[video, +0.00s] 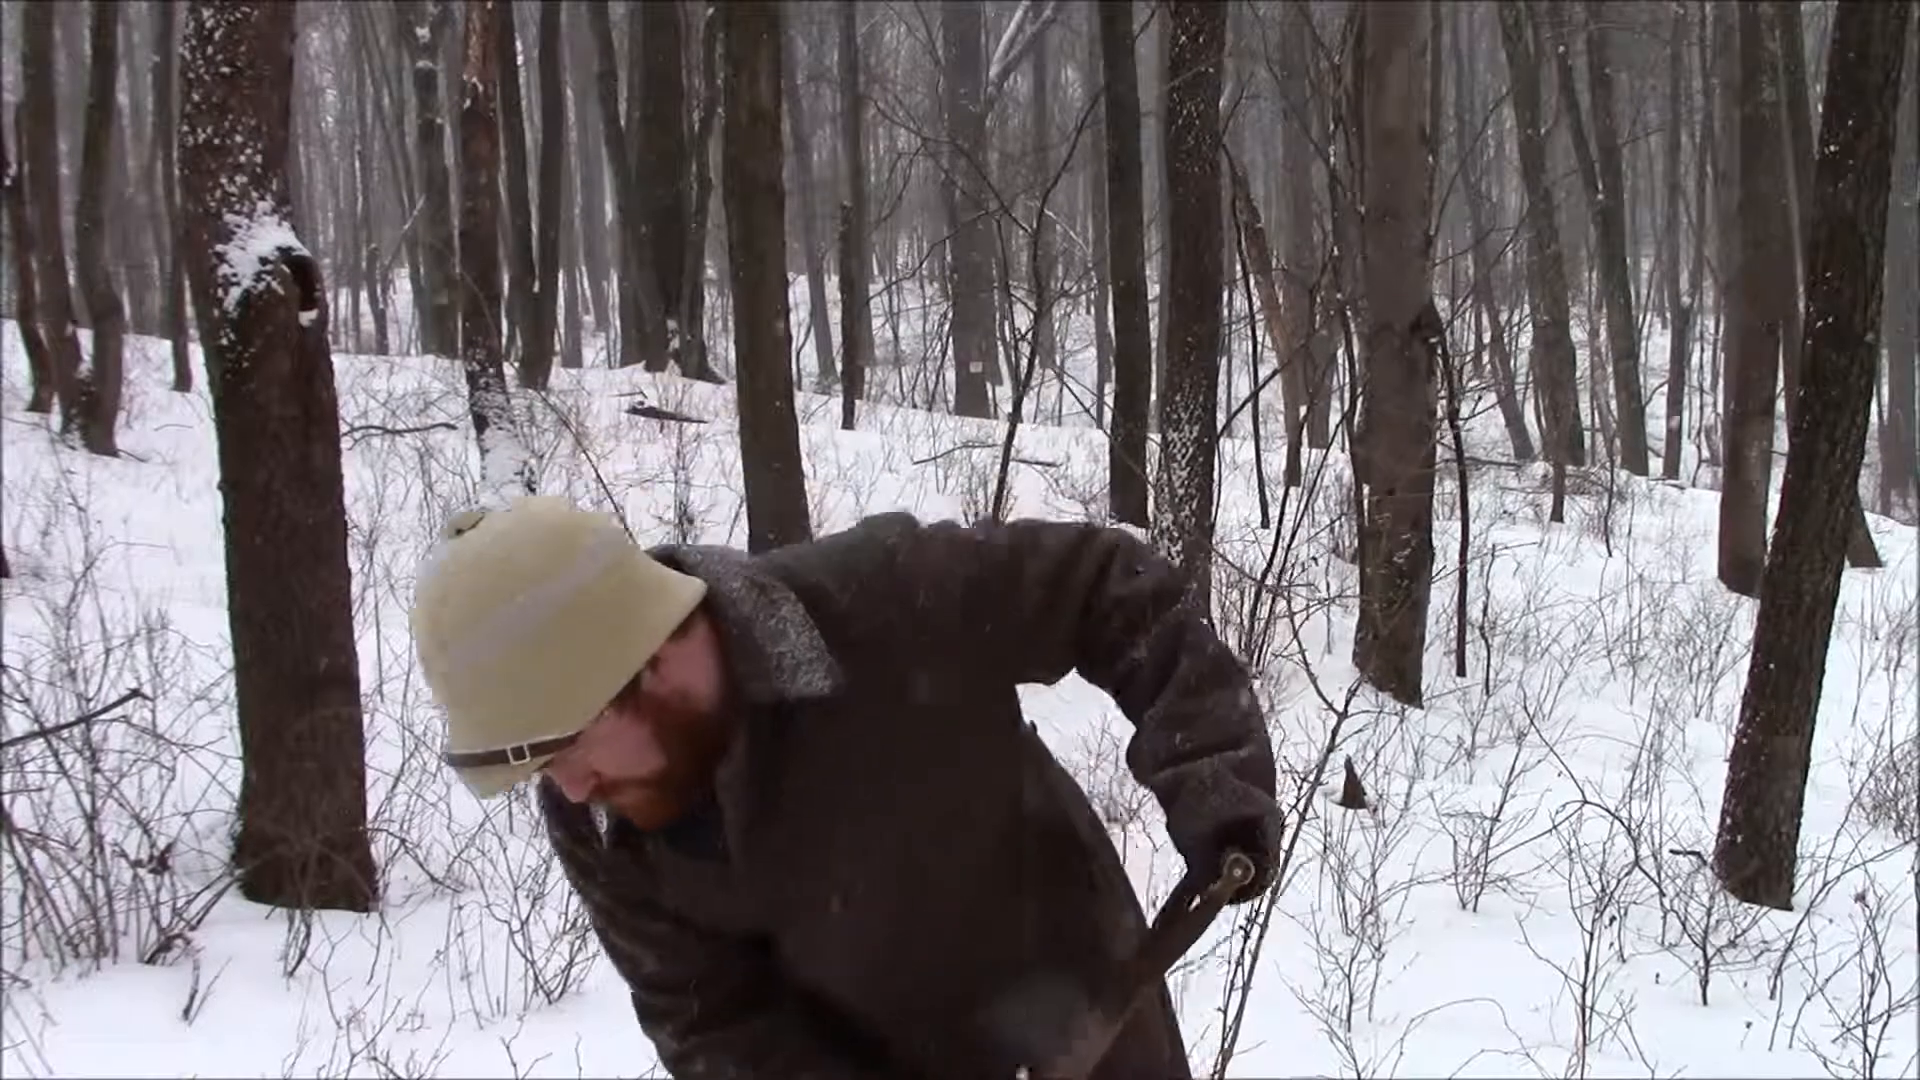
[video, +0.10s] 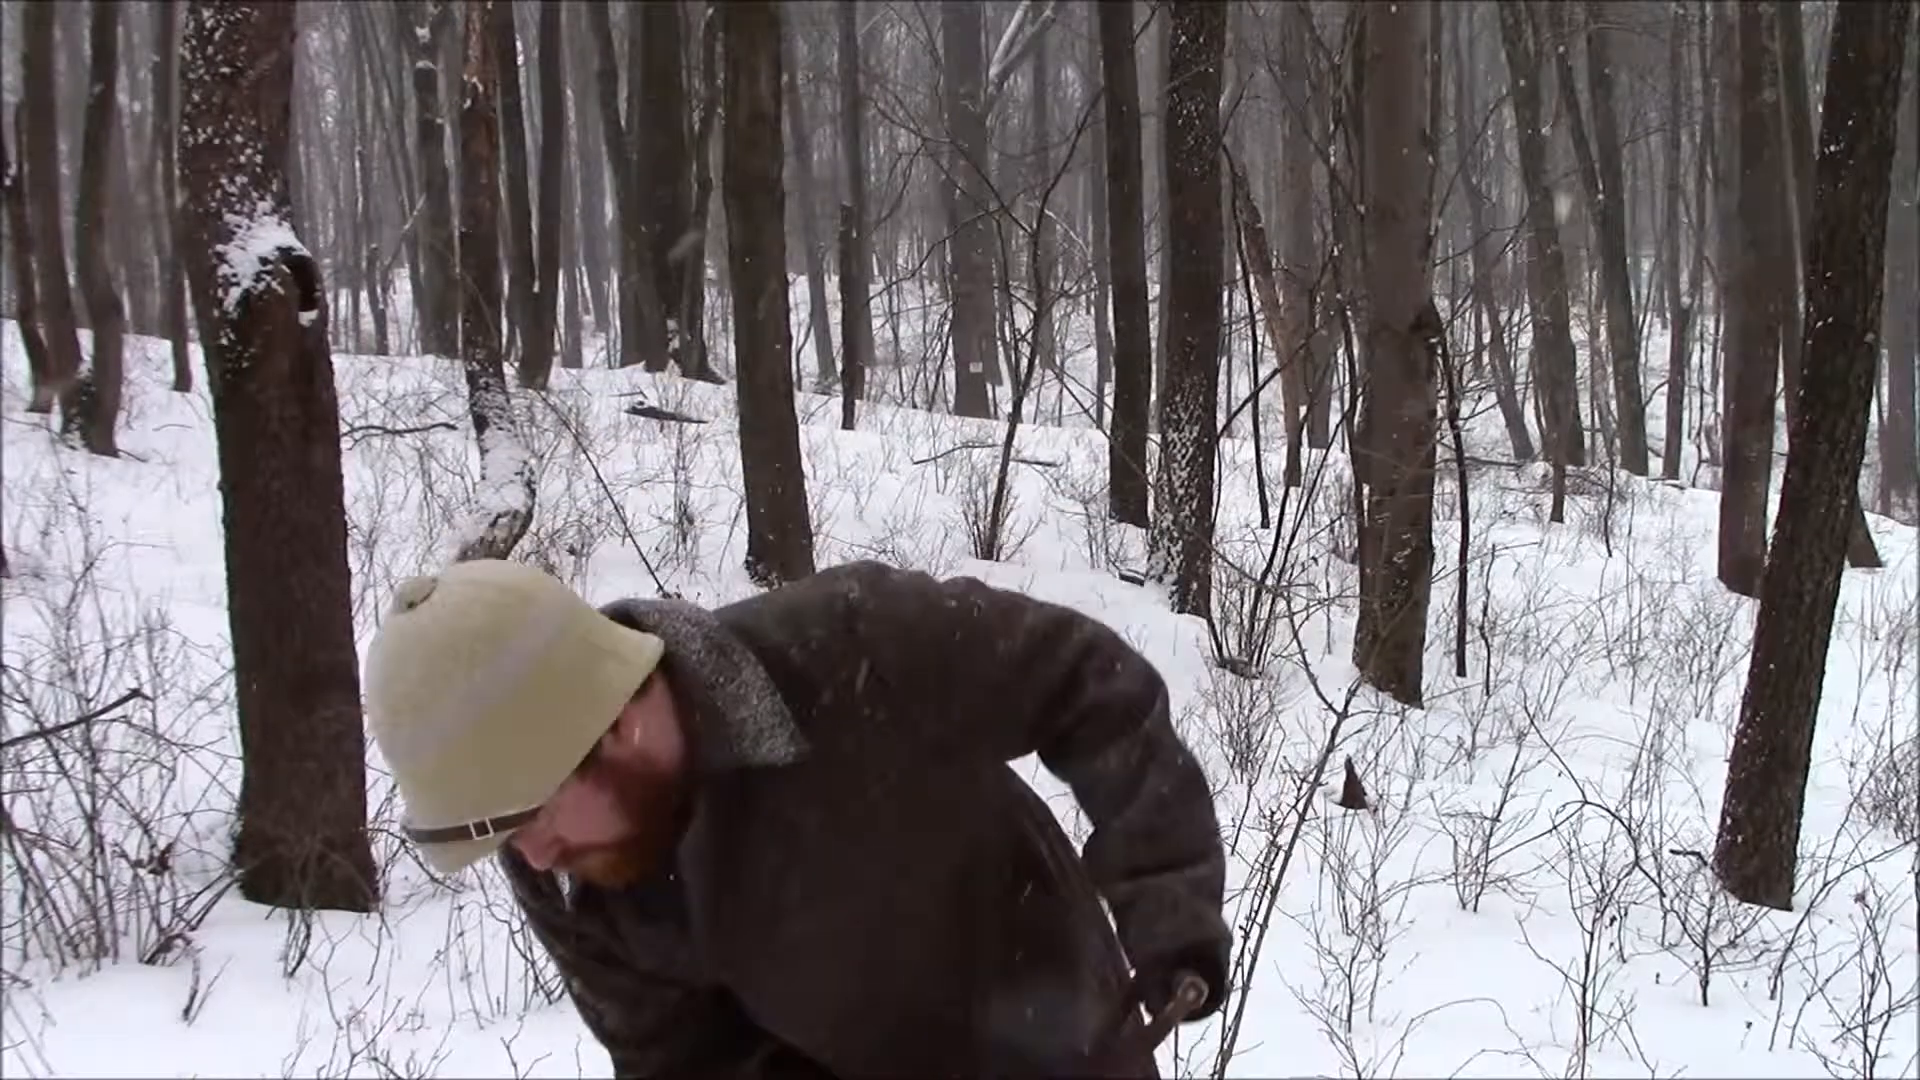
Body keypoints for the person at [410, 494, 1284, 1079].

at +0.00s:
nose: (562, 791)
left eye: (562, 752)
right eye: (534, 768)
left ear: (646, 669)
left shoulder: (887, 600)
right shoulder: (599, 817)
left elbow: (1117, 583)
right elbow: (715, 1034)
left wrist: (1213, 775)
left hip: (1075, 999)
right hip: (888, 1055)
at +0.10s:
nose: (529, 856)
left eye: (528, 813)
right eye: (499, 833)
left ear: (605, 729)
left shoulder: (859, 649)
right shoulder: (559, 877)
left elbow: (1095, 681)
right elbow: (688, 1058)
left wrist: (1168, 930)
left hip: (1049, 1019)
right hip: (863, 1057)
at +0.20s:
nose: (516, 930)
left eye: (514, 890)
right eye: (485, 911)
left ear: (585, 799)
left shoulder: (870, 709)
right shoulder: (536, 922)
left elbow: (1047, 878)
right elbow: (579, 1062)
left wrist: (1038, 1058)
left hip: (970, 1033)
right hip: (794, 1045)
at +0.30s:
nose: (528, 971)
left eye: (517, 930)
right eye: (491, 952)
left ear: (584, 839)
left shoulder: (867, 758)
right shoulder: (523, 967)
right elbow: (521, 1069)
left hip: (943, 1042)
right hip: (737, 1048)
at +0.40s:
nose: (542, 984)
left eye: (536, 943)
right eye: (504, 968)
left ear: (581, 850)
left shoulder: (869, 764)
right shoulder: (524, 986)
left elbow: (1024, 1019)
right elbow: (528, 1067)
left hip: (914, 1045)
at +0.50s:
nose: (555, 964)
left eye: (548, 925)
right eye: (522, 947)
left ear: (603, 836)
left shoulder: (886, 751)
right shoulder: (533, 978)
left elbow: (1030, 969)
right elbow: (549, 1070)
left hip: (942, 1041)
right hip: (755, 1048)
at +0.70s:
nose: (575, 773)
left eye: (586, 715)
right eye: (545, 736)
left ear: (678, 652)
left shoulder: (937, 683)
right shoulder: (560, 802)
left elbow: (1075, 926)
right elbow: (581, 1039)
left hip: (942, 1044)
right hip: (743, 1055)